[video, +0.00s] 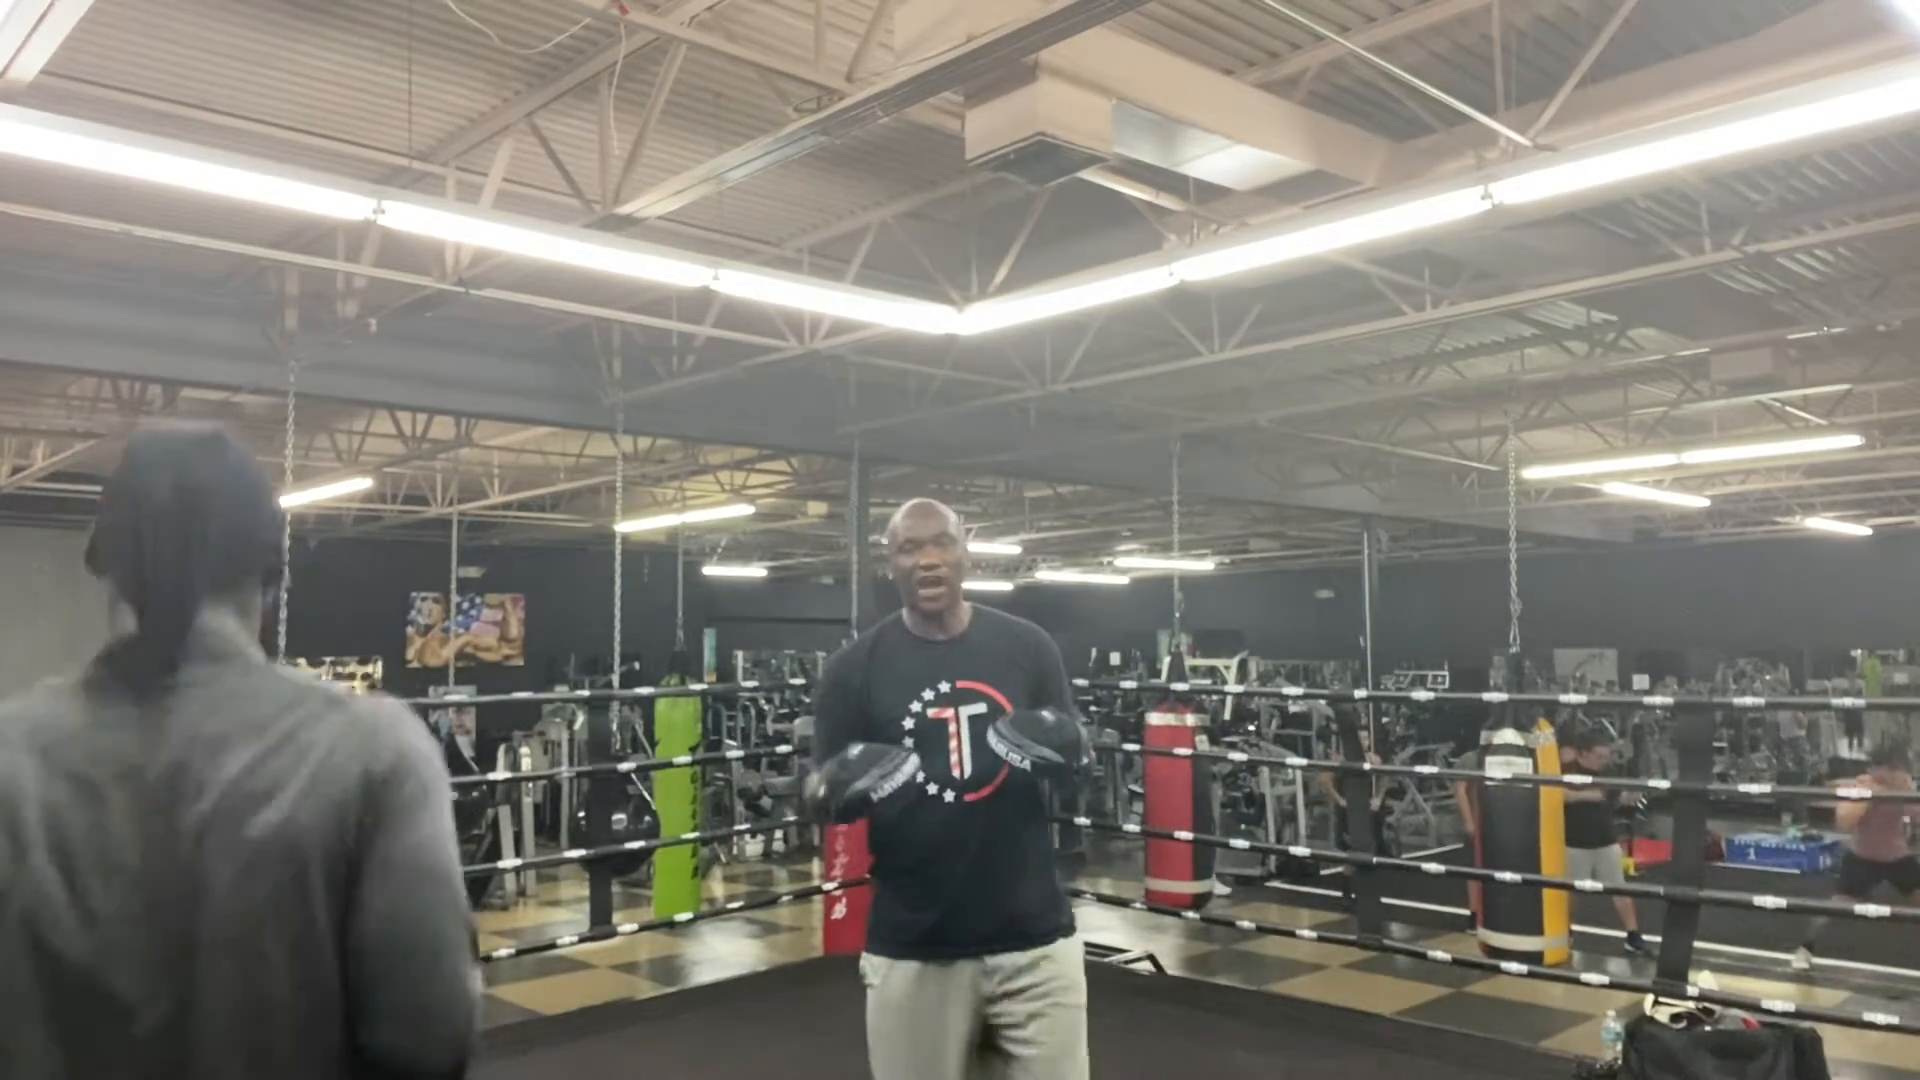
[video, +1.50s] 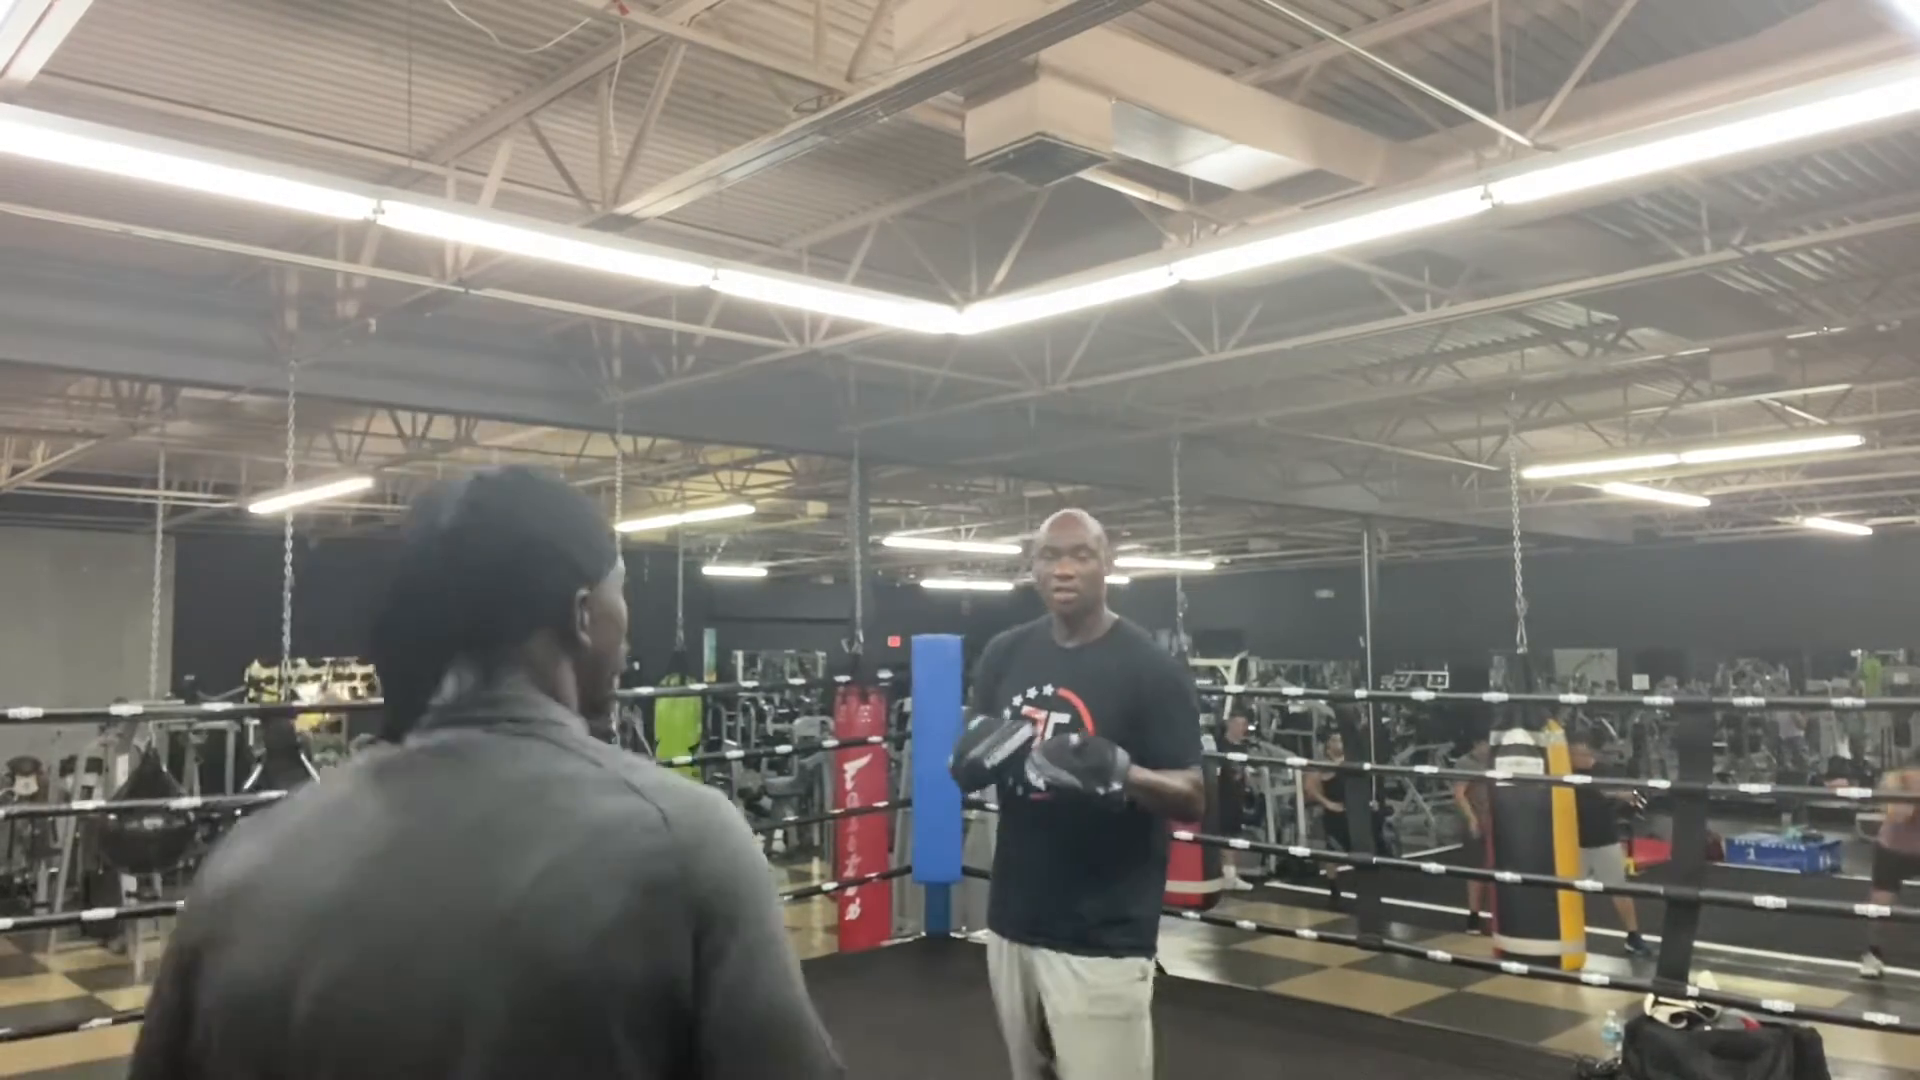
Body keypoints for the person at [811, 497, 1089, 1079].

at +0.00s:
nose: (928, 559)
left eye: (942, 543)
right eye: (911, 547)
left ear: (965, 554)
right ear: (890, 564)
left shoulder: (1031, 648)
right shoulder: (852, 669)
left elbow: (1074, 793)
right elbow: (820, 794)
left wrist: (1068, 755)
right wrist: (835, 789)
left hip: (1034, 942)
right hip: (913, 950)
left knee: (1058, 1072)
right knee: (914, 1073)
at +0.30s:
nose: (970, 565)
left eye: (983, 549)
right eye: (953, 552)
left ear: (1007, 558)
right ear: (932, 565)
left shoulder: (1069, 656)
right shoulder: (891, 665)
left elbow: (1139, 782)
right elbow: (849, 794)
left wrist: (1117, 750)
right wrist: (849, 780)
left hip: (1046, 944)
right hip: (926, 945)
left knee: (1056, 1073)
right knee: (925, 1073)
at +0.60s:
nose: (1057, 561)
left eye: (1074, 546)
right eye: (1042, 547)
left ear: (1102, 556)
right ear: (1024, 560)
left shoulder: (1140, 652)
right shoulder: (980, 644)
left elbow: (1146, 804)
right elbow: (944, 768)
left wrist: (1158, 699)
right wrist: (894, 751)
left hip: (1090, 945)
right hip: (976, 936)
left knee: (1083, 1073)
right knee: (947, 1072)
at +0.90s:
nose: (1082, 568)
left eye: (1100, 552)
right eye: (1068, 553)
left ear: (1131, 560)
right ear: (1052, 562)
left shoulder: (1170, 666)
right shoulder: (1021, 639)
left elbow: (1177, 806)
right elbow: (973, 761)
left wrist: (1086, 772)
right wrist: (988, 753)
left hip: (1113, 959)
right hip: (1008, 943)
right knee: (993, 1072)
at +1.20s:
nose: (1080, 567)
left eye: (1097, 551)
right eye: (1065, 553)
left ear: (1127, 562)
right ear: (1049, 565)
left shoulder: (1178, 671)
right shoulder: (1027, 649)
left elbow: (1224, 798)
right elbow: (1010, 762)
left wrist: (1123, 795)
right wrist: (980, 777)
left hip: (1115, 961)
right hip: (1009, 943)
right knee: (983, 1070)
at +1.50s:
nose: (1064, 569)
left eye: (1081, 555)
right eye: (1050, 555)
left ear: (1108, 568)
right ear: (1033, 568)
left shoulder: (1153, 669)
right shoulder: (1004, 654)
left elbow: (1193, 797)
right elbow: (973, 761)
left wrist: (1121, 774)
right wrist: (970, 765)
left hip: (1106, 943)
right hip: (1013, 929)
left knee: (1105, 1072)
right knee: (1029, 1071)